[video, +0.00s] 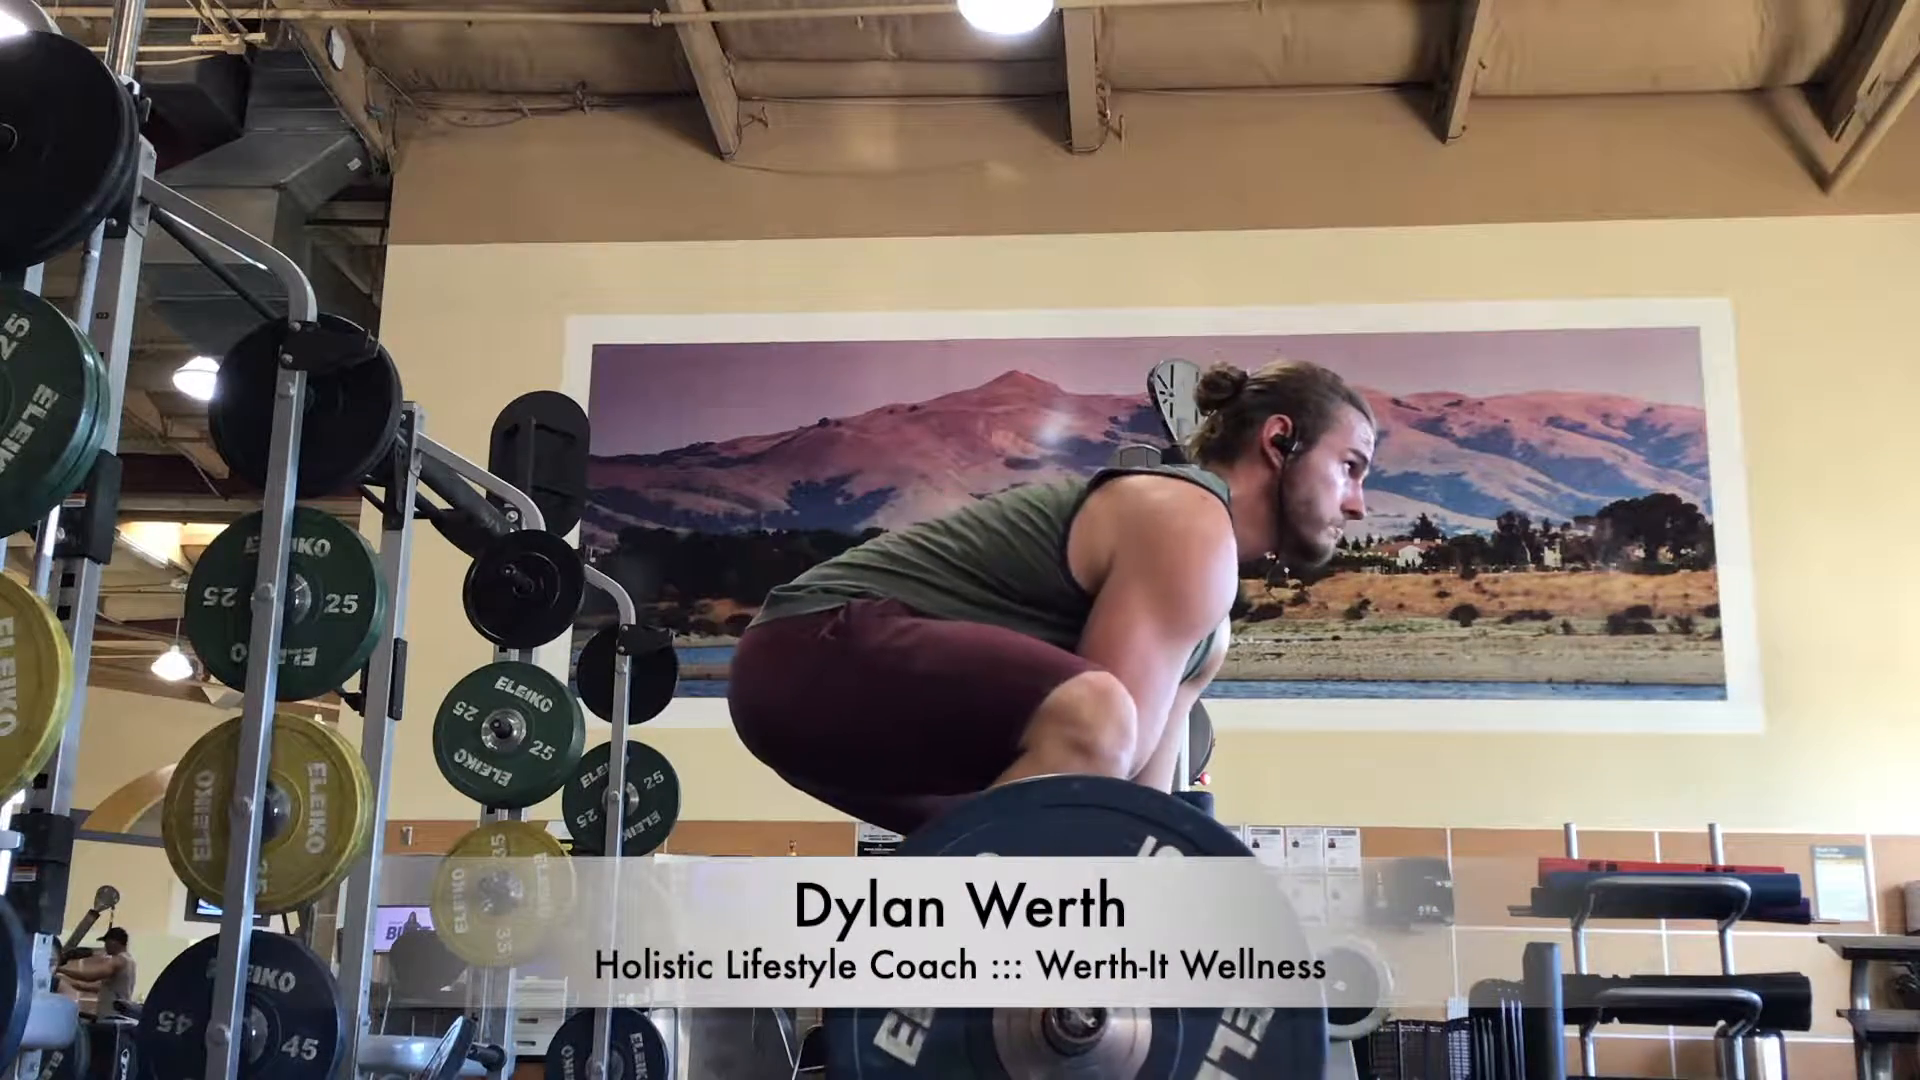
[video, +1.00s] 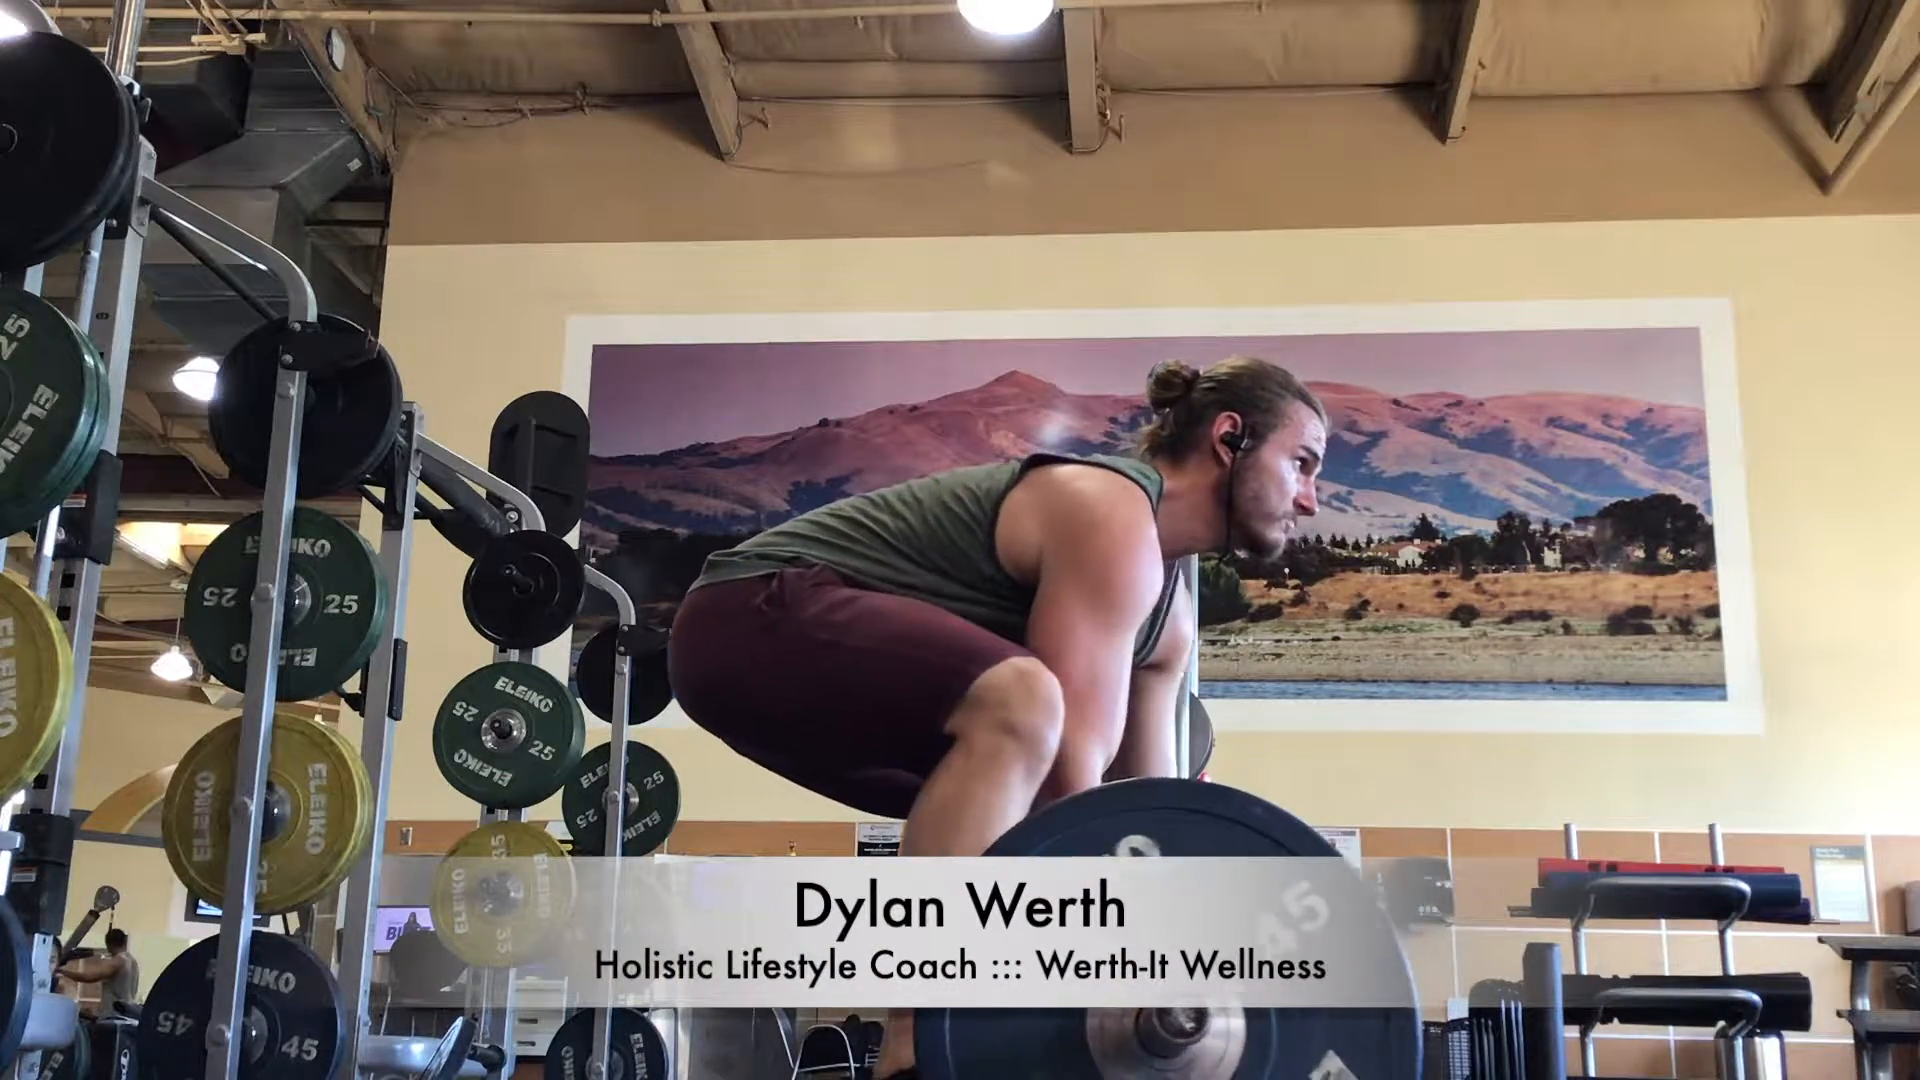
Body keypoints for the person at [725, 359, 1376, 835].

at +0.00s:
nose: (1359, 503)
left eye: (1364, 479)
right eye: (1350, 468)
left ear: (1281, 451)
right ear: (1278, 445)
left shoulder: (1201, 633)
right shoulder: (1188, 528)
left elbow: (1144, 800)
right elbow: (1093, 768)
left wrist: (1139, 974)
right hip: (816, 643)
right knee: (1097, 716)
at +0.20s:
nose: (1356, 504)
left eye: (1361, 481)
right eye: (1346, 471)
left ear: (1276, 452)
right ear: (1274, 447)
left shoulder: (1192, 622)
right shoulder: (1179, 529)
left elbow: (1139, 801)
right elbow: (1084, 766)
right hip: (807, 631)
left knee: (1180, 704)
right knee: (1089, 718)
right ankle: (925, 945)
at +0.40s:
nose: (1347, 506)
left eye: (1352, 483)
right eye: (1338, 472)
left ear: (1269, 452)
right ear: (1266, 447)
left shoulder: (1179, 619)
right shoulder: (1155, 524)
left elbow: (1134, 806)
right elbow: (1063, 760)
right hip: (792, 620)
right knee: (1075, 716)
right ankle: (921, 960)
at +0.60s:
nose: (1338, 506)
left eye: (1342, 481)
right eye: (1327, 469)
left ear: (1258, 450)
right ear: (1255, 445)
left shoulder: (1171, 615)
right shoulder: (1138, 523)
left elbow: (1135, 807)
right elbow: (1066, 772)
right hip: (784, 613)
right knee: (1070, 717)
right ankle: (919, 1013)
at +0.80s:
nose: (1320, 498)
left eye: (1326, 477)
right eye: (1311, 463)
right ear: (1238, 437)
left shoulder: (1163, 617)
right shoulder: (1120, 519)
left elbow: (1139, 797)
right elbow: (1074, 784)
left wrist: (1173, 966)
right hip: (770, 614)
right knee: (1051, 716)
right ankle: (914, 1042)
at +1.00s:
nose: (1312, 497)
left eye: (1318, 477)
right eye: (1301, 464)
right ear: (1227, 439)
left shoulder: (1168, 613)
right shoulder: (1108, 522)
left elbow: (1152, 798)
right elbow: (1074, 776)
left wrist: (1174, 968)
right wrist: (1100, 967)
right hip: (754, 609)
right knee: (1018, 704)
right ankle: (907, 1043)